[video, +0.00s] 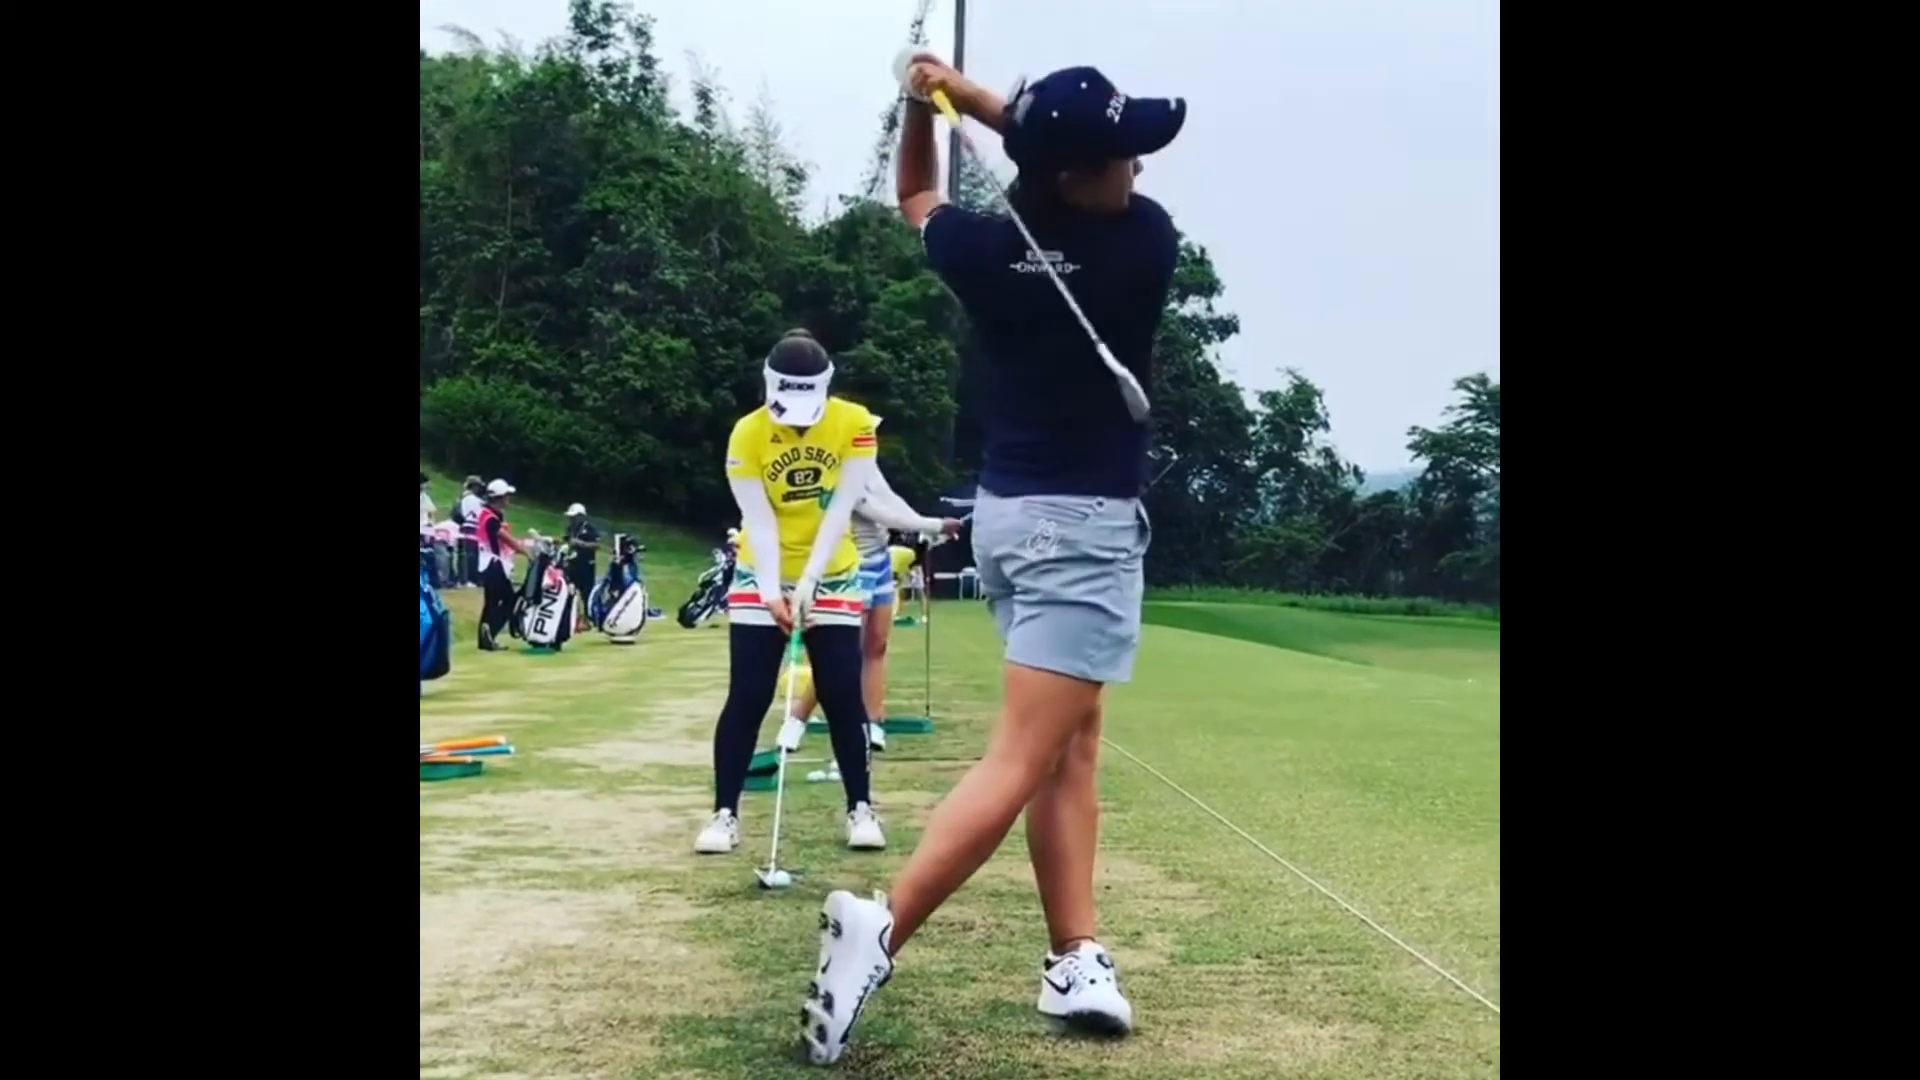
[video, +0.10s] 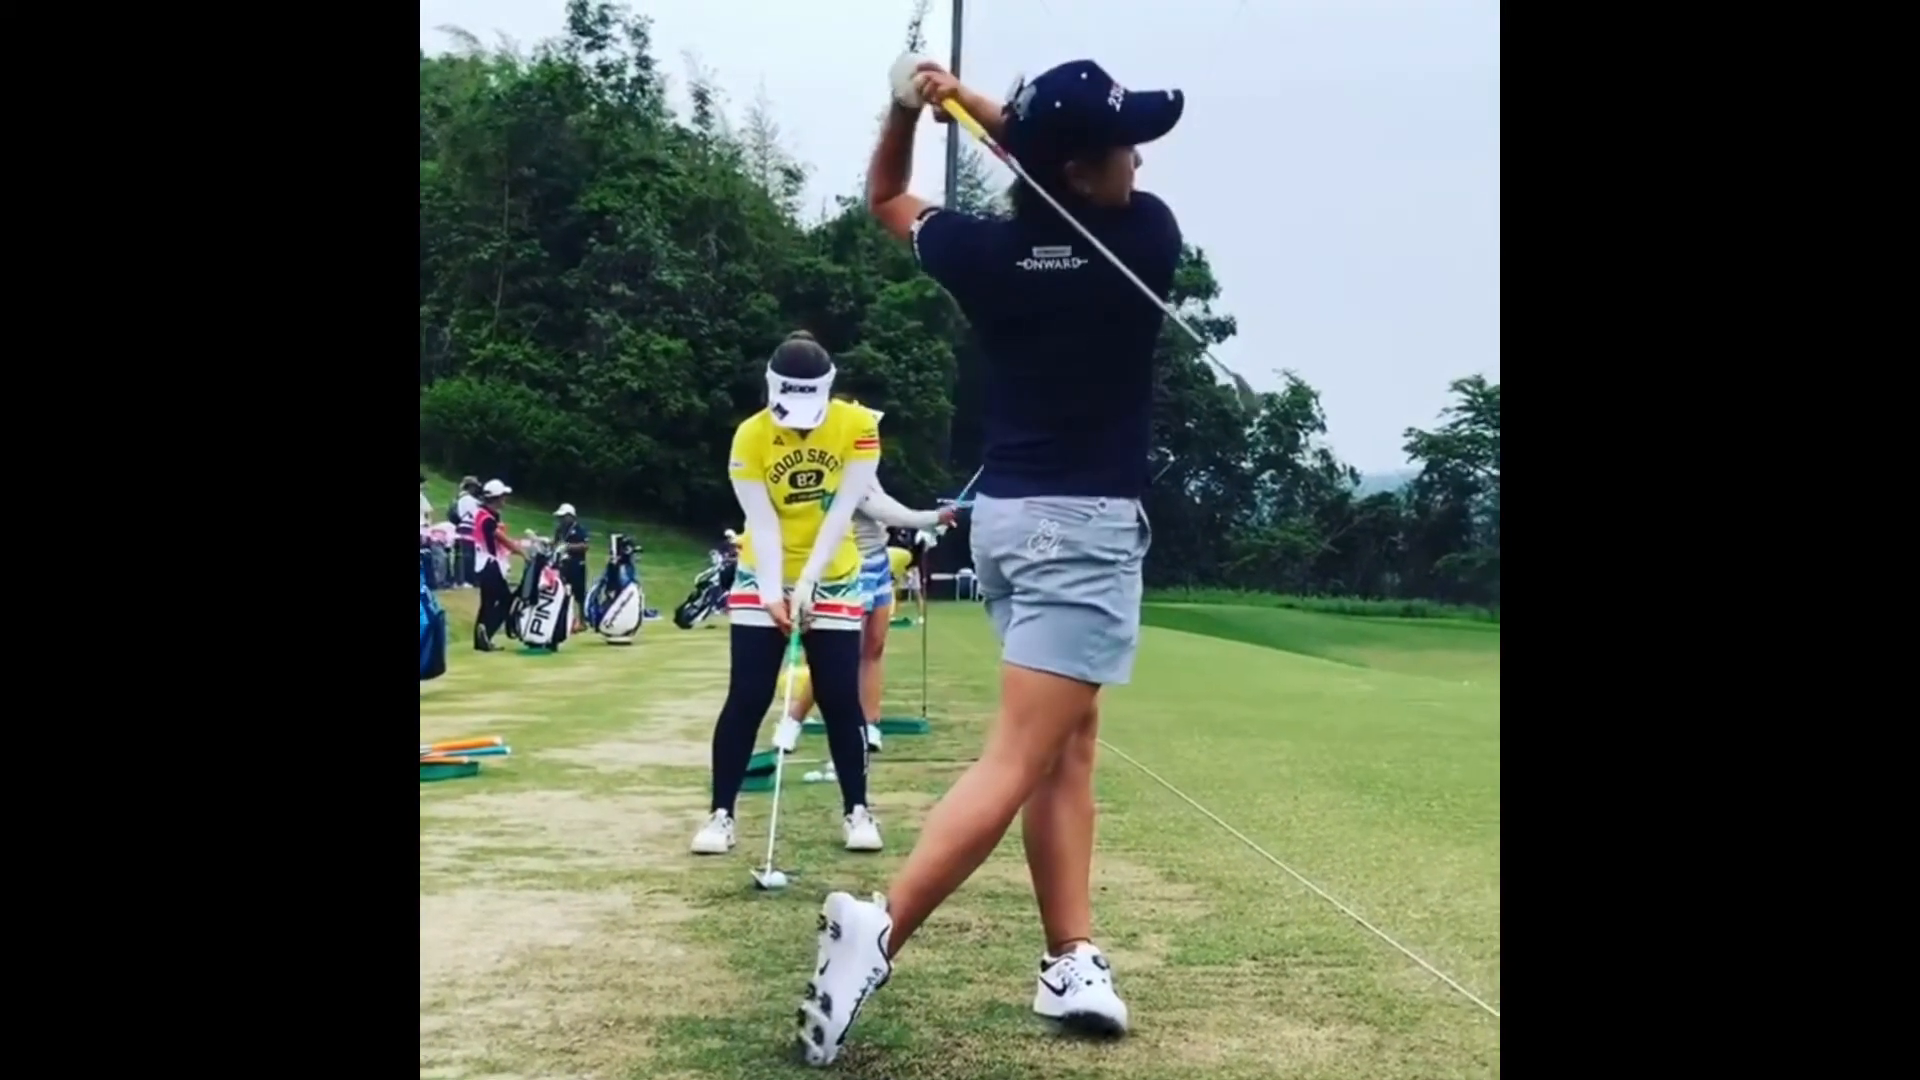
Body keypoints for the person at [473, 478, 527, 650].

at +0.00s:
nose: (508, 500)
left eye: (508, 497)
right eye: (506, 497)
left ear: (493, 498)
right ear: (498, 498)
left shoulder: (486, 515)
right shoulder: (492, 520)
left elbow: (504, 538)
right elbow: (508, 541)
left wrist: (522, 546)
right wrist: (526, 551)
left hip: (487, 559)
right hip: (493, 562)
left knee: (491, 599)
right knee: (509, 597)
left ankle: (485, 638)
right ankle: (491, 629)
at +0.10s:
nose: (504, 501)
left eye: (504, 497)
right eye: (502, 497)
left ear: (489, 498)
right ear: (494, 498)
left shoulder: (482, 515)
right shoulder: (488, 520)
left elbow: (501, 538)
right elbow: (505, 541)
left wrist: (519, 546)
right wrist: (523, 552)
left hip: (483, 560)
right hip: (490, 563)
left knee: (488, 600)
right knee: (506, 598)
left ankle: (481, 638)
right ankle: (487, 630)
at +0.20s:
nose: (501, 502)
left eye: (501, 498)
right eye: (499, 498)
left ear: (485, 499)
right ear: (492, 499)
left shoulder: (479, 516)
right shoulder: (485, 520)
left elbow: (497, 540)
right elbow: (500, 542)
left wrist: (515, 549)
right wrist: (519, 552)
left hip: (479, 560)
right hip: (485, 563)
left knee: (484, 600)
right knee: (502, 598)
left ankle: (477, 639)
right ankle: (483, 631)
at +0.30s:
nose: (499, 503)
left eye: (498, 499)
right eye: (496, 500)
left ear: (483, 500)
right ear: (489, 500)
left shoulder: (477, 517)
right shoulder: (481, 521)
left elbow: (496, 541)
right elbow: (498, 543)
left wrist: (516, 547)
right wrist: (517, 554)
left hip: (477, 561)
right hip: (483, 564)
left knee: (482, 602)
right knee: (500, 599)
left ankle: (474, 640)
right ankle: (481, 632)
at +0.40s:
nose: (497, 504)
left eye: (497, 500)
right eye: (495, 500)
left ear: (481, 501)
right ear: (488, 501)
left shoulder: (475, 518)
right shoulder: (480, 523)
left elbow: (493, 542)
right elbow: (496, 544)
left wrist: (511, 549)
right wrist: (514, 555)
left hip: (475, 562)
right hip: (481, 565)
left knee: (480, 603)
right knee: (498, 600)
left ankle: (473, 641)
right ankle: (479, 634)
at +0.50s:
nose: (495, 505)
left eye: (495, 501)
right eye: (494, 502)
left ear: (480, 502)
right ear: (486, 503)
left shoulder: (474, 520)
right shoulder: (479, 524)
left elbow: (492, 543)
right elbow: (495, 545)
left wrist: (509, 555)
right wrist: (513, 557)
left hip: (474, 563)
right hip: (480, 566)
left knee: (479, 604)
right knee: (498, 601)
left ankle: (472, 643)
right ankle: (478, 635)